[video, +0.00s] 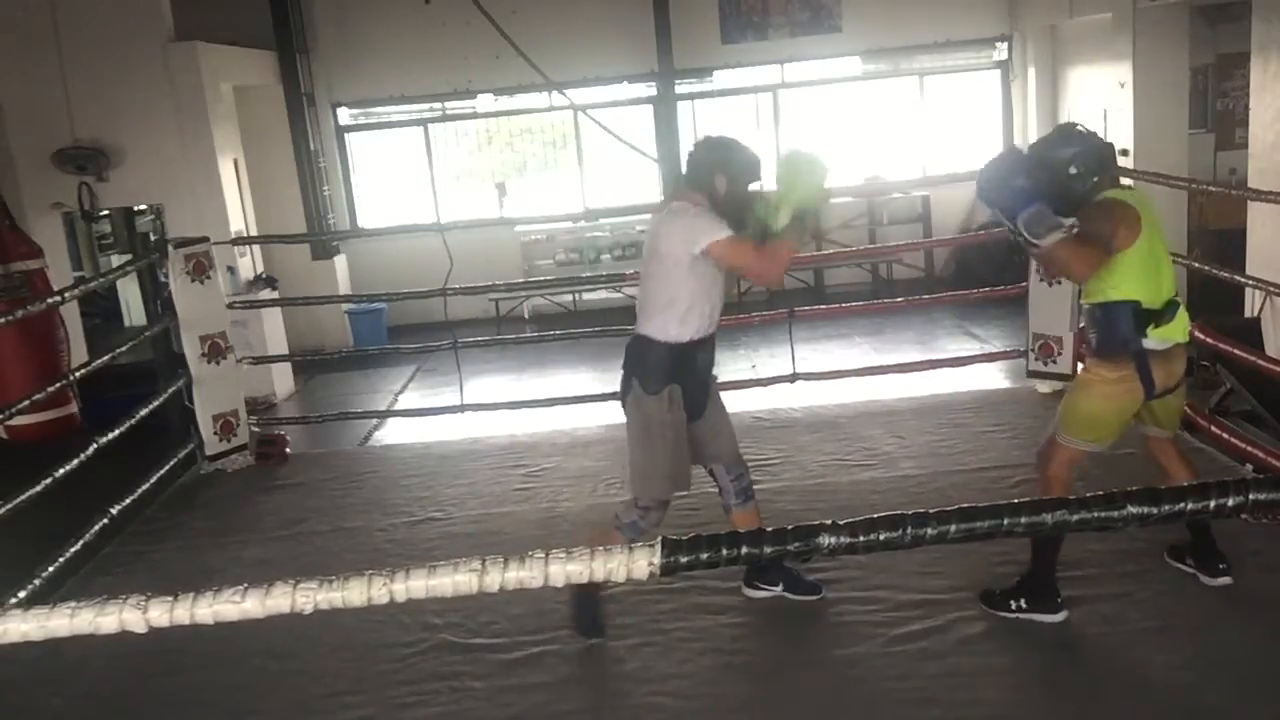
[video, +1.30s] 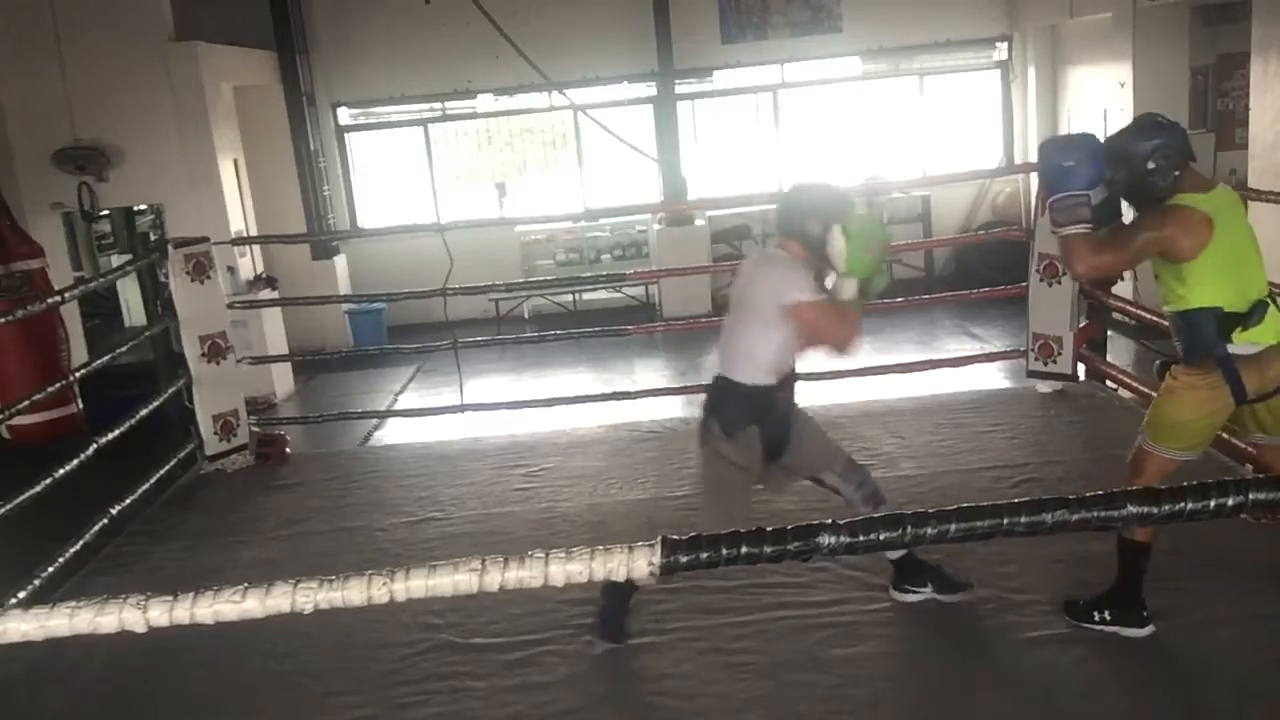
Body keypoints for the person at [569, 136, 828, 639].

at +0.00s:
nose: (743, 193)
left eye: (745, 184)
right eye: (739, 184)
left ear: (705, 177)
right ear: (716, 179)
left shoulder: (690, 216)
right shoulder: (687, 222)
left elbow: (749, 260)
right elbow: (768, 269)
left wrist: (767, 217)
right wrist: (795, 211)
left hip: (689, 368)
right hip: (656, 372)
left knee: (732, 472)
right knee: (651, 500)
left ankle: (760, 567)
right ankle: (586, 575)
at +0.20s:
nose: (725, 199)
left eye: (728, 189)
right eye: (719, 189)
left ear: (700, 188)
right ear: (692, 185)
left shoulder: (703, 237)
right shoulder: (652, 241)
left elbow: (747, 262)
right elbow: (701, 310)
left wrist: (759, 206)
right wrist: (739, 259)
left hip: (696, 378)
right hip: (650, 384)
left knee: (763, 469)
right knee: (647, 507)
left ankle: (773, 559)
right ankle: (611, 597)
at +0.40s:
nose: (743, 214)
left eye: (745, 205)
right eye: (736, 204)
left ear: (723, 201)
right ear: (707, 202)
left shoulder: (726, 239)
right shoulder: (656, 256)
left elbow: (764, 296)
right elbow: (689, 335)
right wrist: (736, 301)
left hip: (728, 379)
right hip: (673, 388)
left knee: (796, 469)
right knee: (648, 508)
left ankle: (846, 555)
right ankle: (612, 599)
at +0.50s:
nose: (774, 255)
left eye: (775, 244)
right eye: (767, 245)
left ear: (752, 247)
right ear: (734, 246)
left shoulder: (759, 283)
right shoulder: (676, 296)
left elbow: (791, 318)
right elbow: (703, 377)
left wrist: (824, 324)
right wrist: (757, 334)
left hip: (748, 403)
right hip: (689, 414)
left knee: (820, 475)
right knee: (652, 513)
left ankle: (884, 560)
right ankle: (614, 599)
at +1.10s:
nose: (783, 218)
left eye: (783, 207)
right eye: (777, 207)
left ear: (746, 209)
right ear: (751, 209)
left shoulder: (755, 263)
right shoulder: (700, 272)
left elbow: (763, 321)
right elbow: (743, 348)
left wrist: (799, 291)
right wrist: (795, 308)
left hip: (752, 395)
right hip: (703, 404)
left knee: (829, 470)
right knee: (674, 519)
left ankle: (893, 561)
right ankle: (616, 599)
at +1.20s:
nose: (805, 246)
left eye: (807, 236)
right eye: (804, 237)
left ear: (771, 219)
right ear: (788, 228)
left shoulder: (762, 264)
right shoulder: (747, 267)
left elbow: (790, 327)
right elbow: (791, 339)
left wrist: (826, 289)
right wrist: (825, 297)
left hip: (761, 401)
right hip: (721, 404)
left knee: (836, 484)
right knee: (693, 522)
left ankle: (902, 568)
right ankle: (617, 593)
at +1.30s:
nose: (841, 238)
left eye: (842, 228)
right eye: (837, 228)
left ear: (789, 226)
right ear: (816, 231)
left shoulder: (762, 266)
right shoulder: (787, 274)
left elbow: (819, 333)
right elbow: (838, 334)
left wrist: (846, 287)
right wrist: (855, 282)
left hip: (774, 411)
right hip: (738, 415)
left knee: (855, 483)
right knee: (725, 540)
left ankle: (908, 570)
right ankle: (626, 579)